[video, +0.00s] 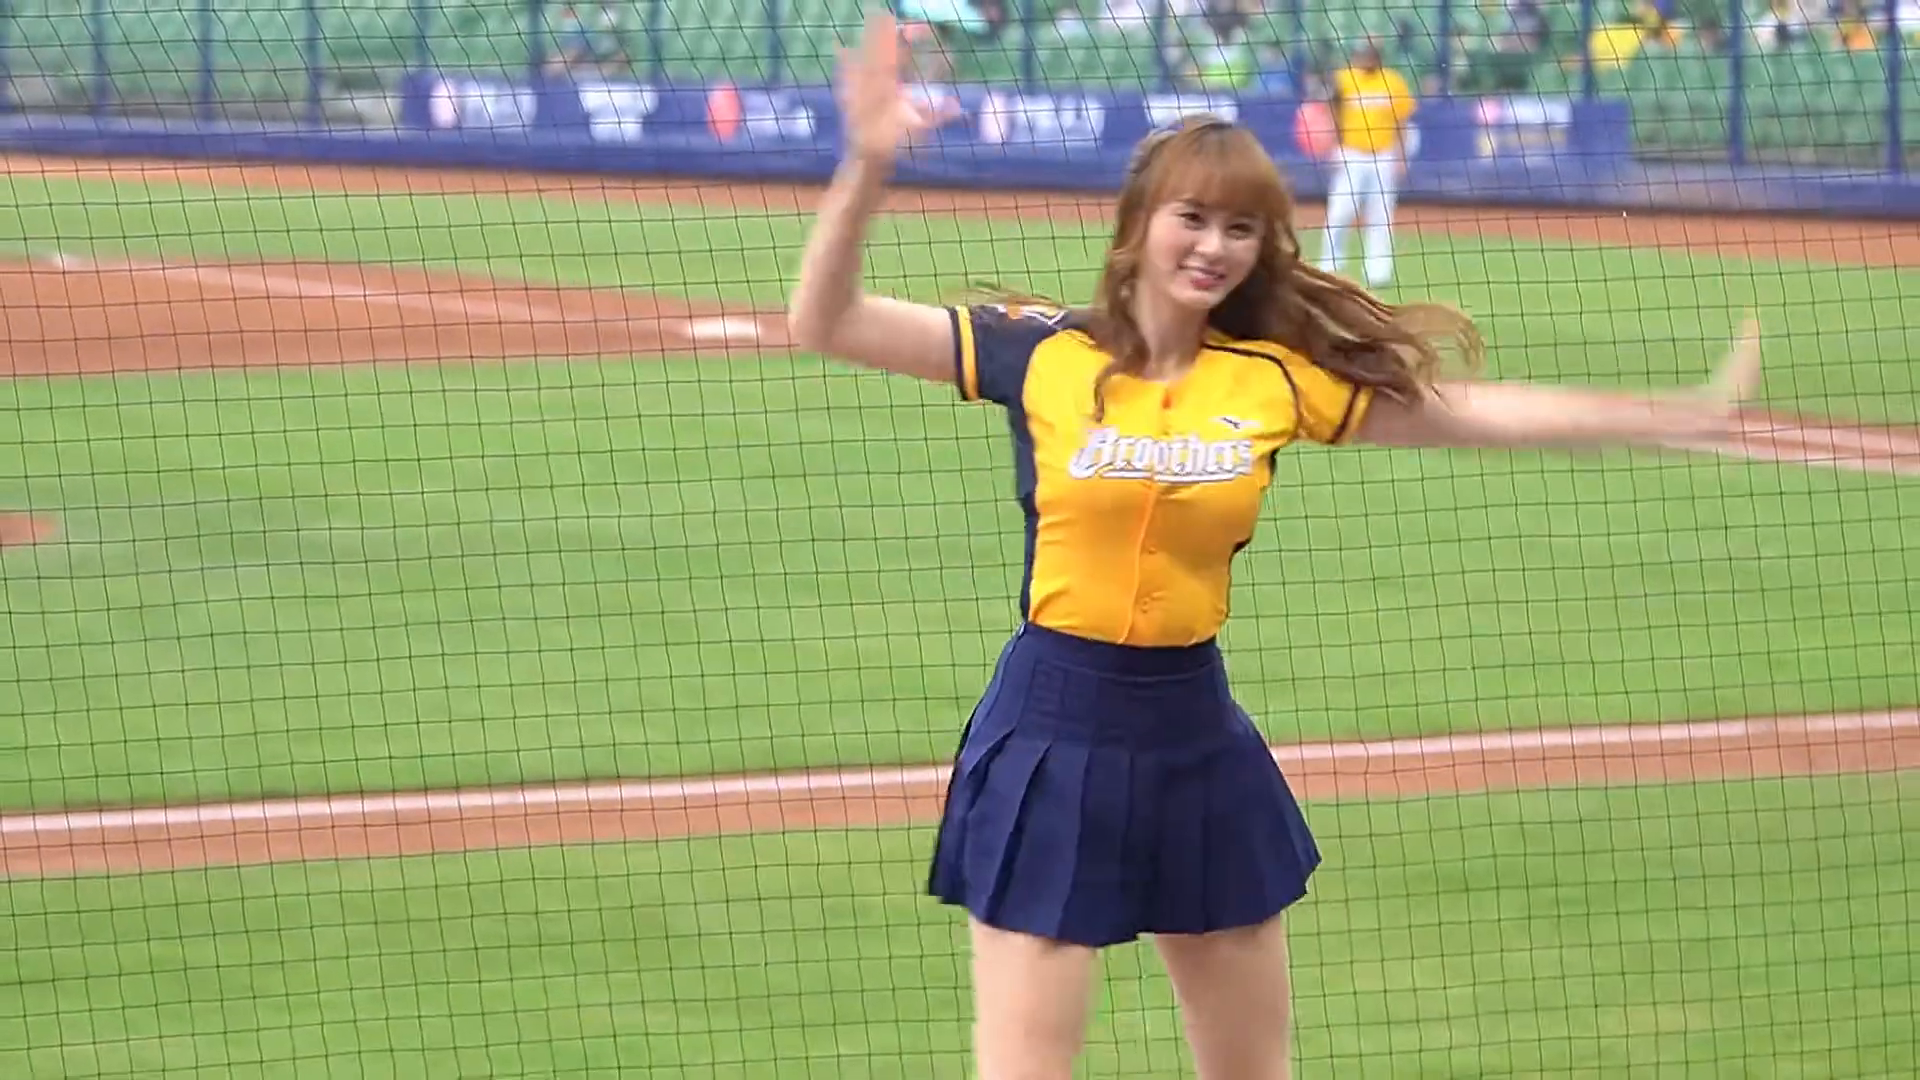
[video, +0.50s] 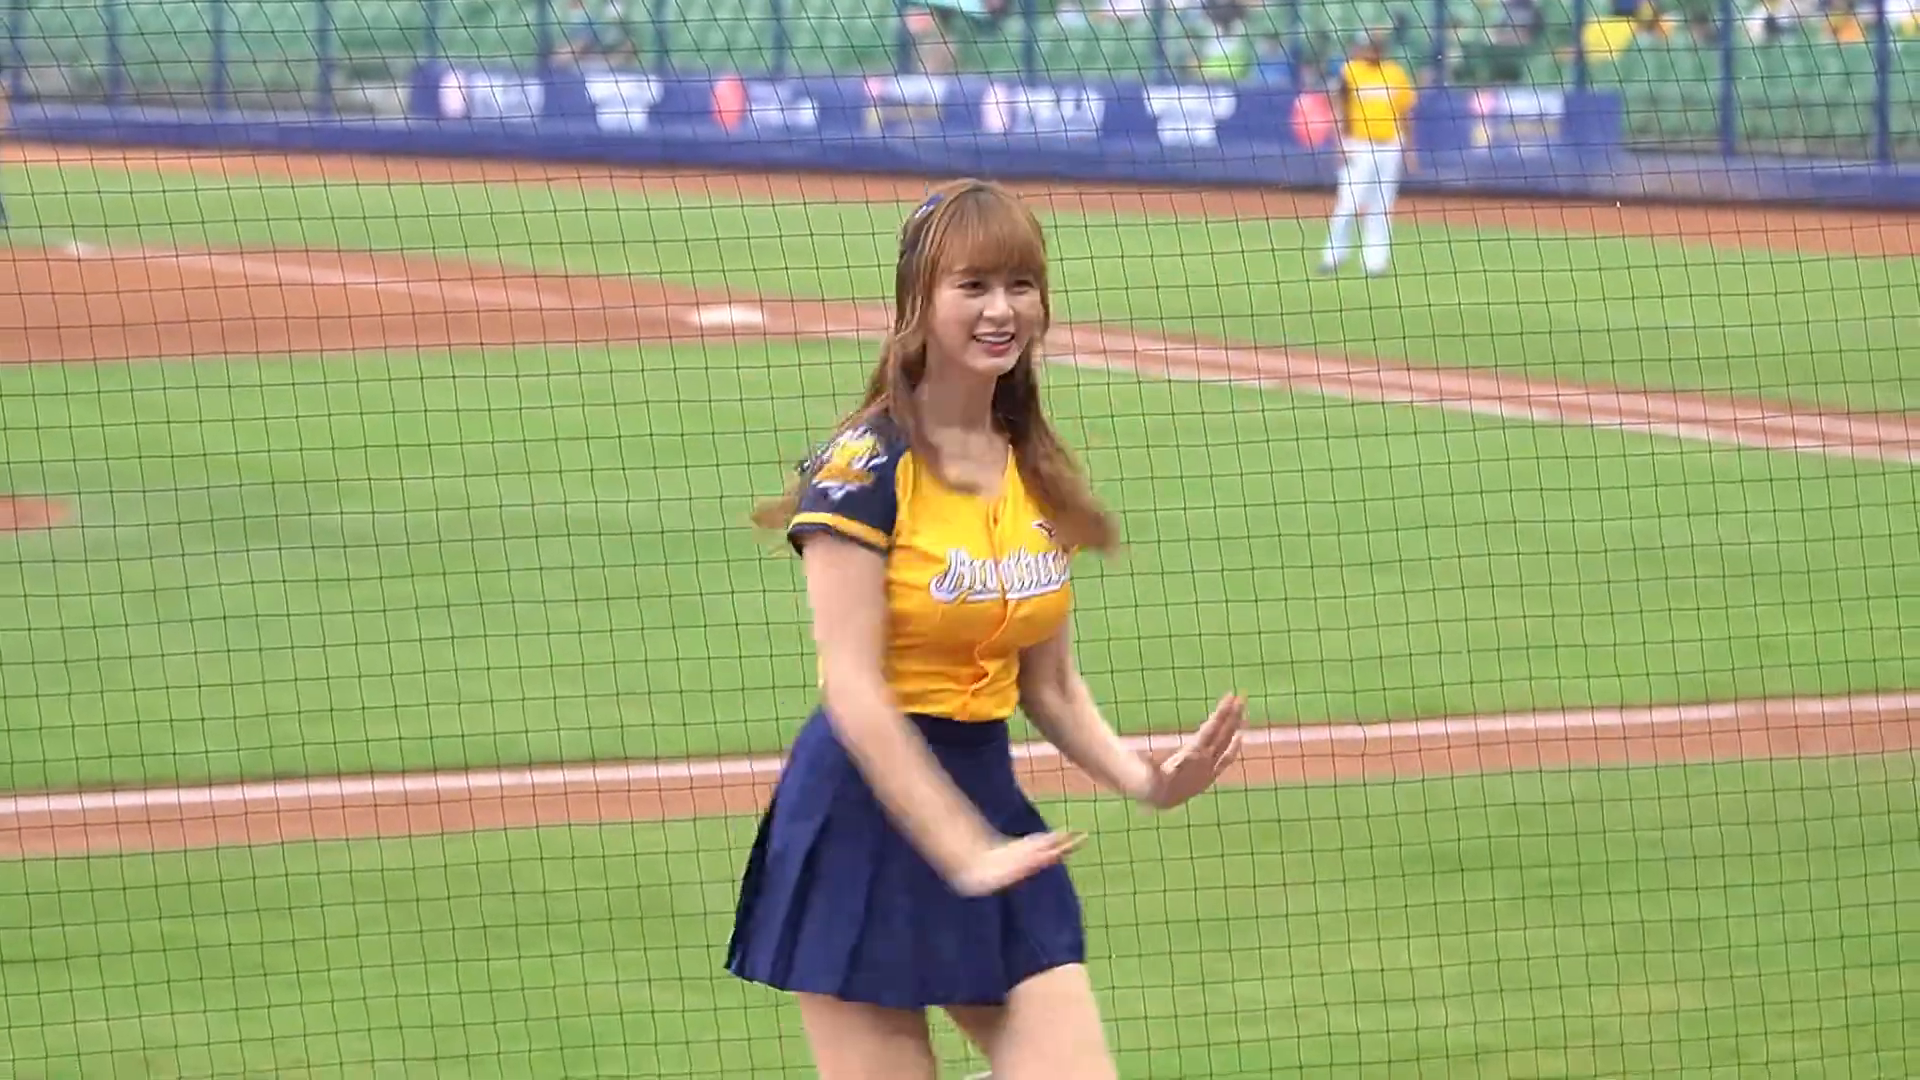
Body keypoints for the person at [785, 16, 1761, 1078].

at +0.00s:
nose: (1216, 246)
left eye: (1241, 226)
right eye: (1192, 217)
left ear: (1263, 248)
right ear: (1136, 223)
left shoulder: (1277, 379)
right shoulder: (1033, 351)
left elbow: (1477, 410)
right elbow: (821, 320)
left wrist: (1690, 416)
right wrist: (865, 168)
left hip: (1198, 740)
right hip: (1049, 733)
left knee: (1254, 1063)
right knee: (1021, 1063)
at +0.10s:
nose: (1155, 282)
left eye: (1177, 262)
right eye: (1130, 256)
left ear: (1199, 281)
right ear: (1073, 263)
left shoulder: (1230, 401)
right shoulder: (982, 398)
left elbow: (1413, 318)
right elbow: (809, 284)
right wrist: (734, 123)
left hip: (1167, 786)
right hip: (1016, 785)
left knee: (1223, 1066)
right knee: (971, 1065)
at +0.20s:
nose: (1101, 270)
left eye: (1121, 248)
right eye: (1074, 245)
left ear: (1143, 267)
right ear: (1020, 258)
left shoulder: (1169, 395)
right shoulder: (938, 402)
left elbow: (1347, 351)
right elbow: (739, 339)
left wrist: (1423, 210)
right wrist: (598, 220)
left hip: (1114, 768)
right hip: (972, 770)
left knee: (1189, 1064)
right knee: (930, 1066)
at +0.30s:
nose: (1063, 242)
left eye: (1083, 220)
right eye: (1036, 218)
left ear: (1102, 240)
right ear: (978, 236)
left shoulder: (1124, 381)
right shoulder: (911, 386)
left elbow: (1234, 474)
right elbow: (727, 469)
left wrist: (1276, 427)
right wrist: (579, 504)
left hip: (1074, 737)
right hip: (940, 738)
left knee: (1184, 1065)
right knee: (913, 1066)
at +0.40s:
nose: (1018, 282)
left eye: (1038, 258)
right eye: (991, 257)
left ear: (1061, 273)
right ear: (934, 276)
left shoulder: (1068, 432)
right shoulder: (872, 431)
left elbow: (1090, 611)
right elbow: (760, 624)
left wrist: (1158, 696)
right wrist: (737, 769)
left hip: (1034, 785)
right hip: (898, 790)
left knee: (1135, 1064)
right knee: (919, 1065)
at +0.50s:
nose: (1001, 309)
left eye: (1019, 285)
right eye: (972, 285)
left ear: (1039, 301)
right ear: (917, 301)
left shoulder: (1034, 469)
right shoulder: (861, 470)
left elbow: (1050, 680)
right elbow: (851, 688)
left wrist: (1139, 778)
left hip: (988, 793)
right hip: (862, 792)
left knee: (1078, 1062)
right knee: (883, 1063)